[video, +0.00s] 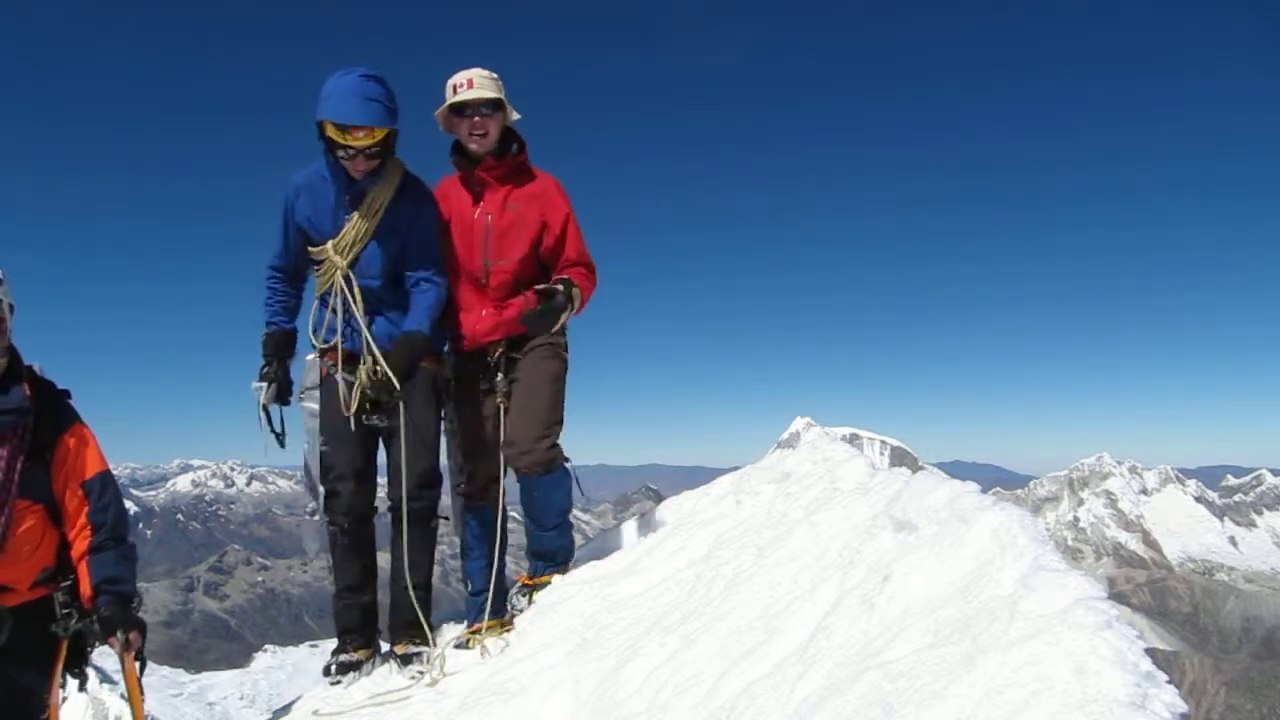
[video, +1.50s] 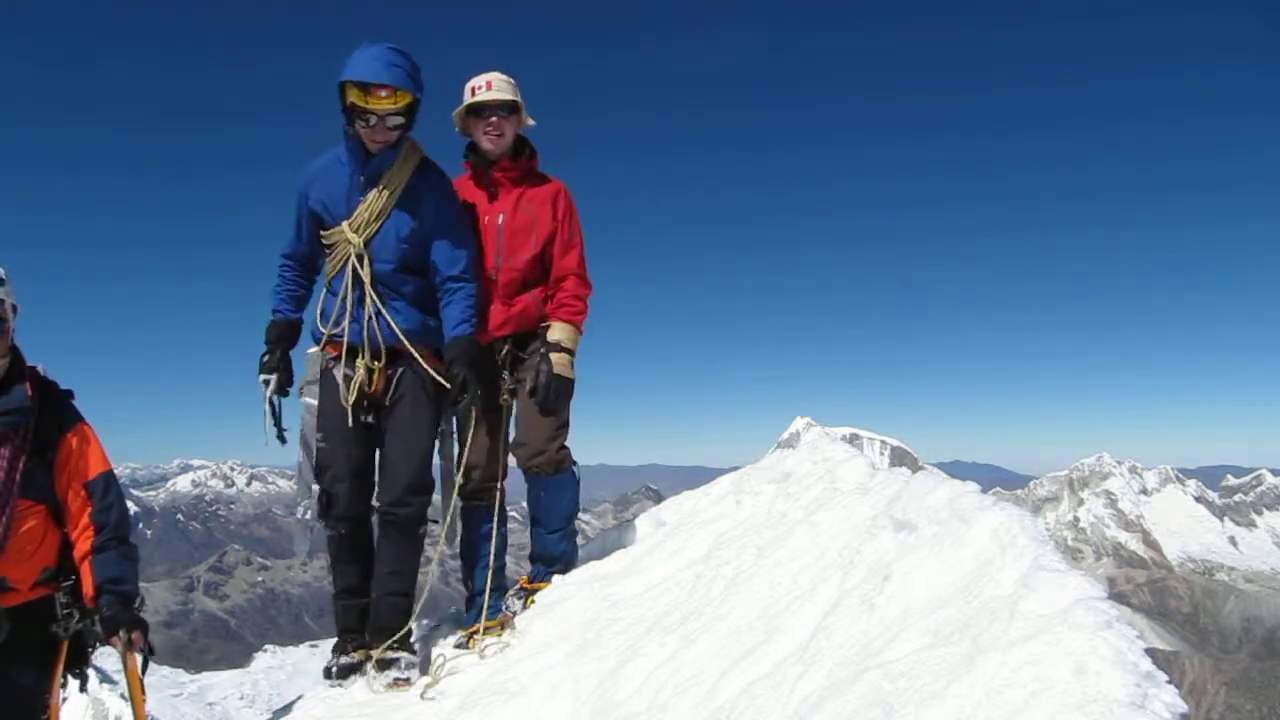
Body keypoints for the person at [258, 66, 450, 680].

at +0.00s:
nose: (361, 156)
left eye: (373, 144)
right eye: (347, 143)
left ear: (390, 135)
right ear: (327, 135)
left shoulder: (411, 196)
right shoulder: (306, 191)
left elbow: (428, 278)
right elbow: (283, 276)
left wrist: (413, 342)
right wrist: (277, 352)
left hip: (409, 359)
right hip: (340, 366)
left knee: (415, 494)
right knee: (345, 499)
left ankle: (410, 632)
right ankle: (355, 638)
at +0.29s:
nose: (356, 144)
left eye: (369, 130)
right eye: (342, 130)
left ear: (389, 127)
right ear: (324, 128)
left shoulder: (415, 181)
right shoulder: (309, 190)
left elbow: (453, 234)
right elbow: (288, 277)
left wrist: (442, 169)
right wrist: (278, 354)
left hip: (410, 359)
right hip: (340, 361)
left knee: (415, 494)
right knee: (346, 498)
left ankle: (409, 633)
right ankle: (354, 639)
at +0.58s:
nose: (353, 137)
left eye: (365, 124)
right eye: (339, 125)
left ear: (386, 121)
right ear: (320, 125)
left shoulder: (415, 184)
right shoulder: (308, 190)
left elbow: (459, 252)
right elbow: (290, 281)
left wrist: (441, 190)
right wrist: (282, 358)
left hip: (411, 362)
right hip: (339, 366)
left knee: (414, 500)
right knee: (346, 501)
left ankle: (409, 634)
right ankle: (354, 640)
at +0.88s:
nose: (349, 143)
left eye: (361, 130)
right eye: (335, 132)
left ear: (381, 125)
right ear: (319, 130)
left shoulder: (409, 188)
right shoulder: (304, 192)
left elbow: (443, 270)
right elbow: (285, 280)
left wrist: (437, 332)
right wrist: (275, 357)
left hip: (408, 361)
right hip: (335, 366)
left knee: (416, 497)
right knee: (343, 499)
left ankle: (410, 632)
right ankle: (355, 637)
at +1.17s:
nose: (358, 138)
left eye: (371, 125)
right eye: (345, 126)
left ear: (389, 123)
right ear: (327, 124)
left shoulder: (411, 191)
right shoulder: (306, 189)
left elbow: (446, 278)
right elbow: (282, 276)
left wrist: (443, 356)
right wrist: (270, 353)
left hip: (412, 361)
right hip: (336, 365)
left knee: (415, 493)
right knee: (342, 498)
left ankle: (395, 629)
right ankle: (354, 638)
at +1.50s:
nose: (380, 119)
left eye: (393, 106)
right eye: (368, 105)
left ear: (413, 109)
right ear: (348, 106)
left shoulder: (429, 187)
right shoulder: (322, 178)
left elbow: (457, 279)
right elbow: (296, 267)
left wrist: (462, 357)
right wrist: (279, 341)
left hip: (415, 364)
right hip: (338, 363)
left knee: (400, 497)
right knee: (342, 498)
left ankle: (390, 638)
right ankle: (351, 637)